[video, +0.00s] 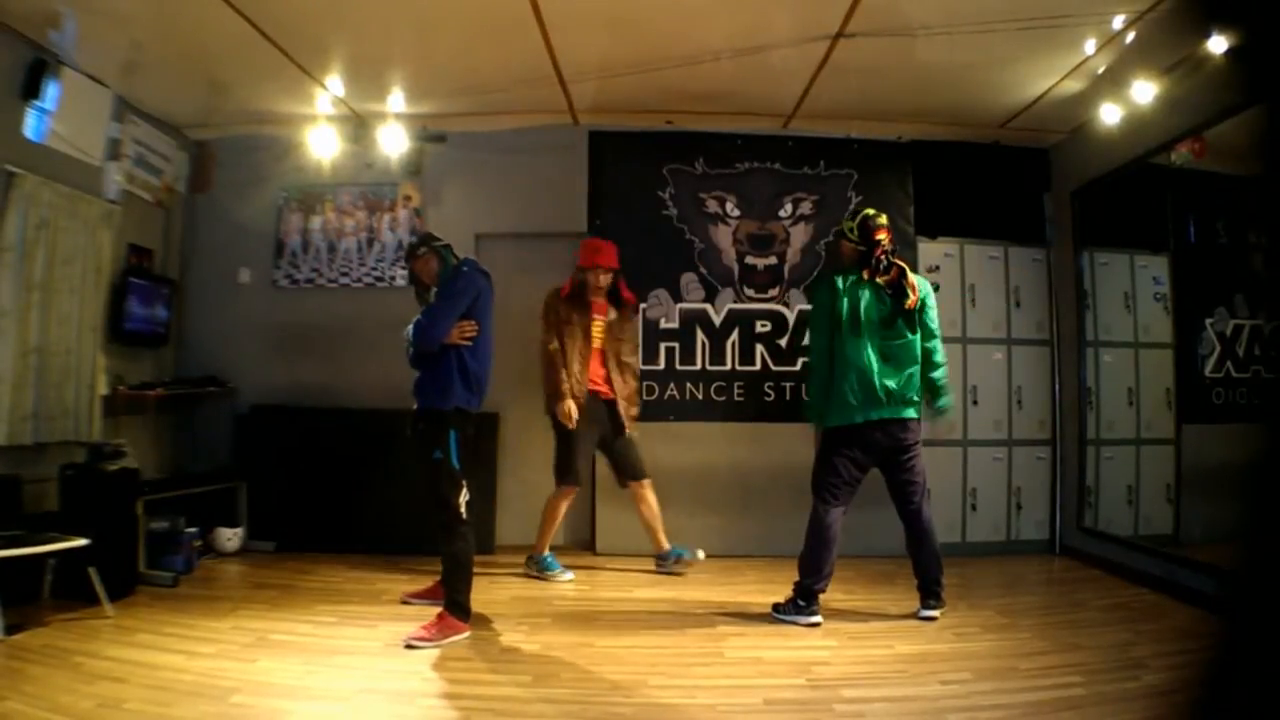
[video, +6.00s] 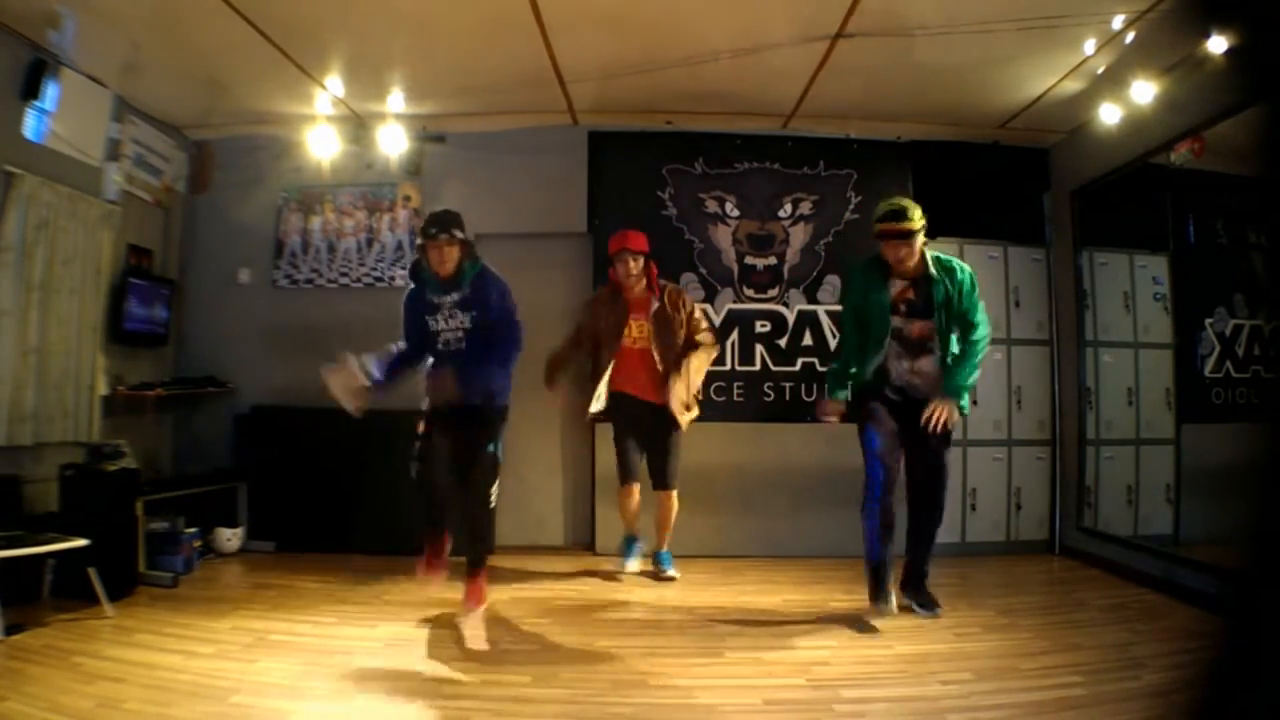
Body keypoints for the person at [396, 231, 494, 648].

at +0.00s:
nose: (418, 274)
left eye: (420, 264)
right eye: (414, 268)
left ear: (436, 256)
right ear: (420, 268)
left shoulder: (468, 277)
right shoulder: (444, 290)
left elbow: (432, 334)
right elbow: (413, 347)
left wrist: (415, 328)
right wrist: (439, 334)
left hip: (454, 408)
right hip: (435, 408)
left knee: (454, 508)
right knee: (442, 502)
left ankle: (456, 613)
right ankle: (448, 582)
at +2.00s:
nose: (410, 287)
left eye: (413, 278)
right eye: (408, 281)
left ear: (431, 265)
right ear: (427, 268)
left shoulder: (472, 279)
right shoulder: (433, 308)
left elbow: (447, 293)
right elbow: (409, 353)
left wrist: (417, 273)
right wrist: (436, 332)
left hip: (453, 407)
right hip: (431, 408)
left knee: (454, 509)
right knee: (440, 502)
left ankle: (456, 613)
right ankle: (447, 582)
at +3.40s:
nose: (418, 283)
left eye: (422, 271)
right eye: (412, 277)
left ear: (437, 262)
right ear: (411, 281)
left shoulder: (469, 280)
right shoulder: (430, 312)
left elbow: (444, 300)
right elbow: (409, 357)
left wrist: (431, 307)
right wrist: (434, 337)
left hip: (453, 409)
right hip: (431, 410)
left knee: (455, 509)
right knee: (440, 501)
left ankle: (455, 613)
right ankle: (446, 582)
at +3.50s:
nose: (415, 282)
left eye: (415, 272)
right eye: (411, 275)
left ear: (429, 263)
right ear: (426, 266)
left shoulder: (461, 285)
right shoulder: (445, 292)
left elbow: (445, 356)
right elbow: (424, 344)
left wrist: (412, 359)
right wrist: (427, 359)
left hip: (452, 413)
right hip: (435, 412)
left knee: (454, 509)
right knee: (439, 501)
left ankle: (456, 614)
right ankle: (445, 582)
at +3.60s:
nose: (413, 282)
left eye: (414, 273)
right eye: (409, 275)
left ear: (430, 264)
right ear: (419, 270)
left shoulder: (465, 289)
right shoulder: (433, 301)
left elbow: (477, 343)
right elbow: (422, 351)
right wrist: (410, 382)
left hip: (455, 415)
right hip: (429, 414)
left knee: (455, 508)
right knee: (433, 499)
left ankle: (456, 614)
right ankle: (443, 581)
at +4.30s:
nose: (470, 263)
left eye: (478, 255)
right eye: (463, 254)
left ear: (487, 257)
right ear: (447, 251)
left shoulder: (496, 302)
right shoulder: (416, 290)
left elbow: (502, 366)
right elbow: (393, 349)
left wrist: (494, 419)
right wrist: (394, 406)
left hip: (472, 413)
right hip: (427, 410)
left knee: (470, 505)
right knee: (433, 498)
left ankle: (470, 597)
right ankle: (447, 581)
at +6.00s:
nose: (440, 256)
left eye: (448, 248)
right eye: (433, 248)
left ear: (464, 248)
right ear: (423, 252)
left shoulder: (489, 288)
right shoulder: (420, 293)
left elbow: (507, 349)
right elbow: (416, 348)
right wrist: (377, 375)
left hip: (486, 404)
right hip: (443, 404)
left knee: (475, 486)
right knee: (431, 474)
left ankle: (477, 573)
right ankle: (437, 537)